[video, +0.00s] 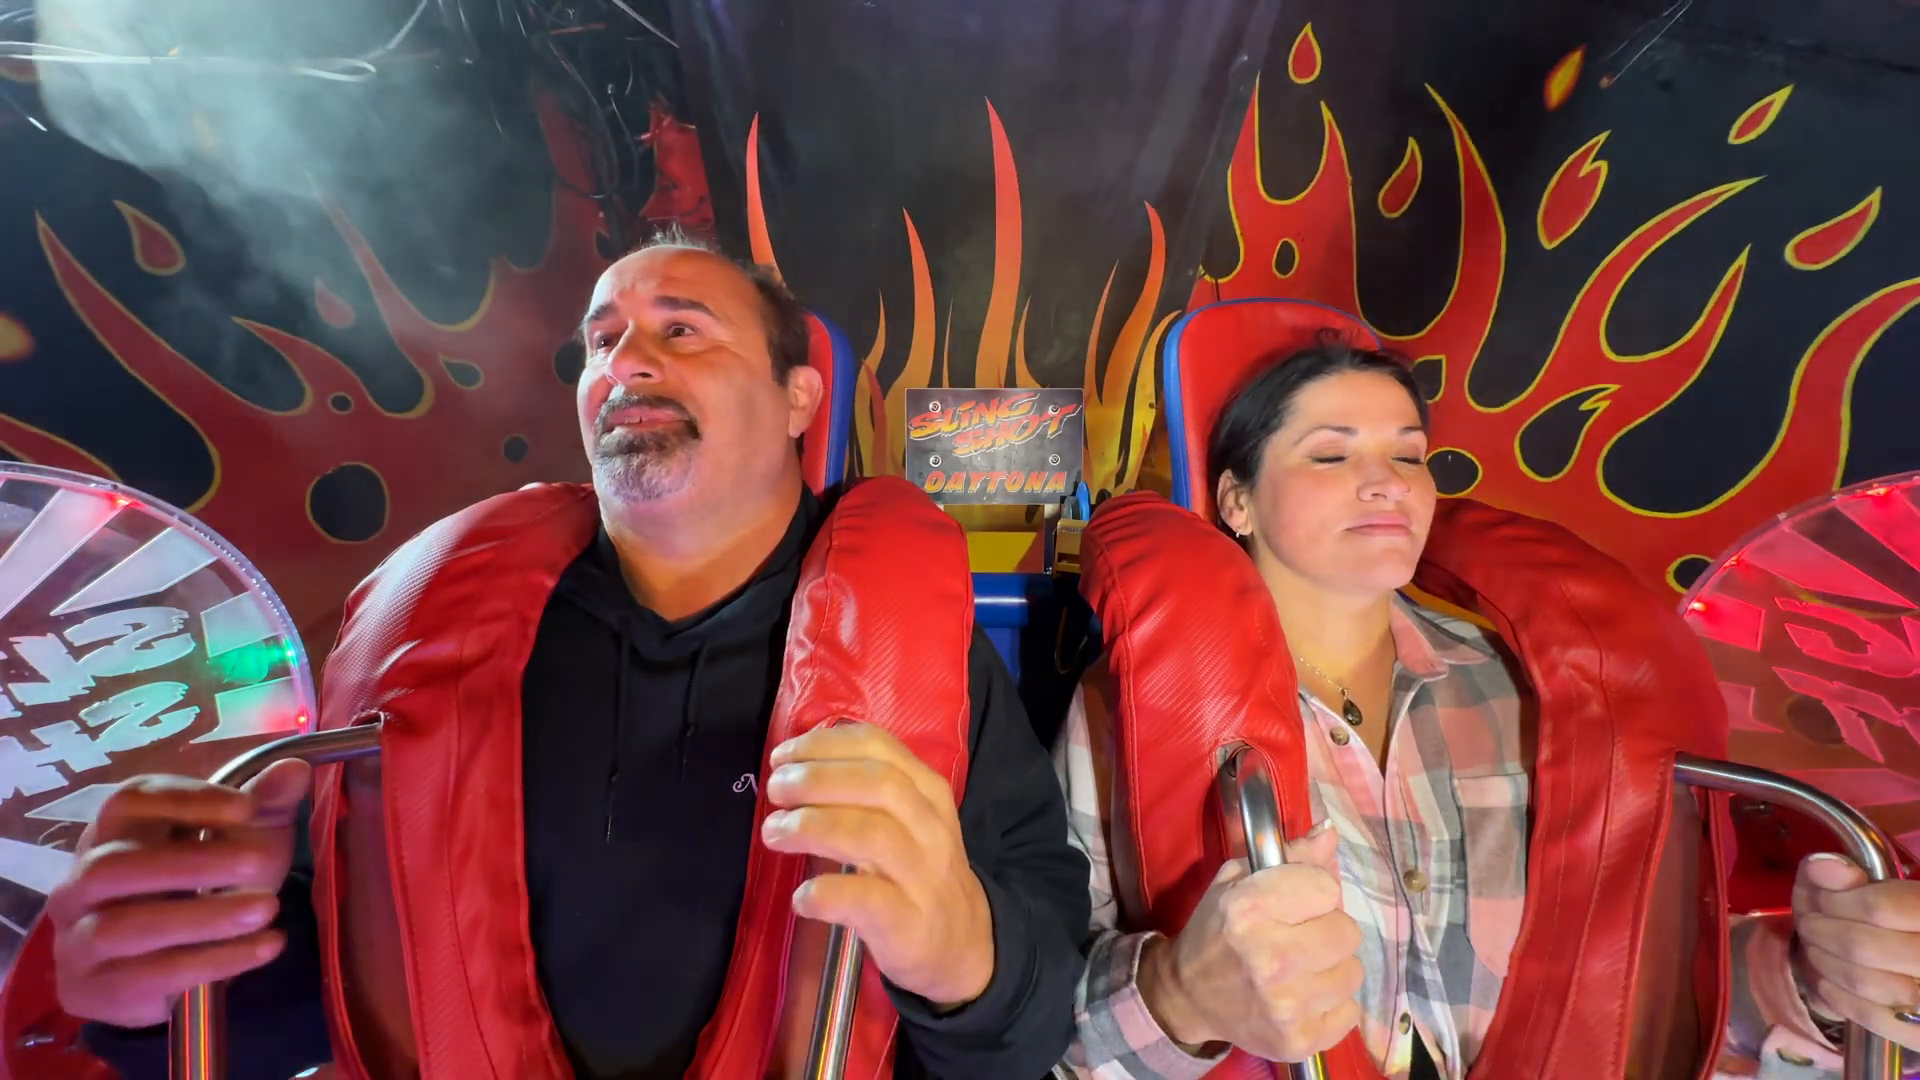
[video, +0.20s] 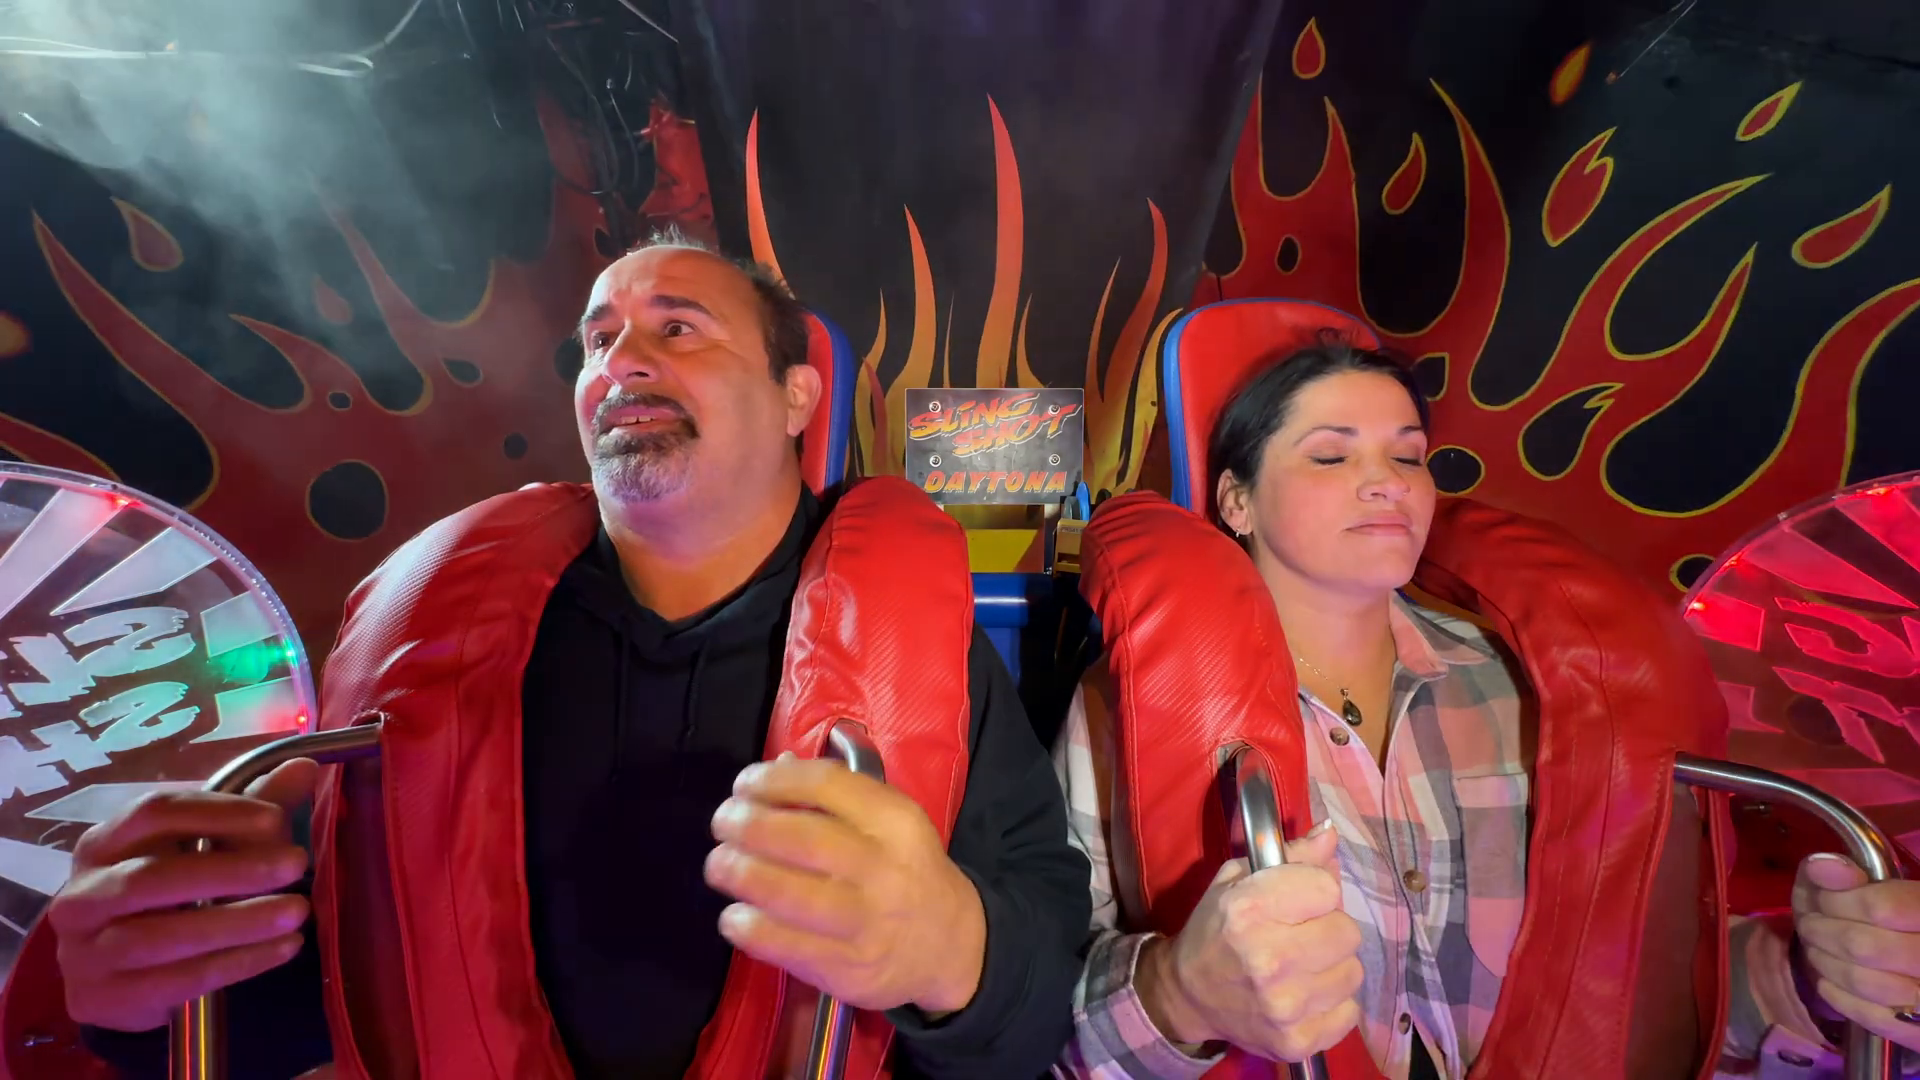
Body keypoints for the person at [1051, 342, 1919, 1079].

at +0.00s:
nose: (1388, 487)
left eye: (1408, 459)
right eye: (1332, 457)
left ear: (1435, 491)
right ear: (1238, 503)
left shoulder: (1522, 694)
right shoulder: (1141, 715)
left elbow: (1611, 976)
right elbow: (1046, 1036)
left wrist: (1800, 975)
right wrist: (1172, 1001)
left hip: (1492, 1066)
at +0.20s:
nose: (1387, 486)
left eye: (1407, 458)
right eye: (1332, 458)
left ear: (1434, 490)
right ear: (1239, 504)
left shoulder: (1514, 688)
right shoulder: (1143, 712)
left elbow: (1603, 972)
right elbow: (1052, 1036)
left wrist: (1801, 973)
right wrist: (1172, 997)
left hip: (1493, 1067)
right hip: (1262, 1074)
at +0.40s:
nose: (1386, 486)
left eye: (1408, 457)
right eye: (1331, 458)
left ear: (1435, 489)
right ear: (1239, 502)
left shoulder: (1515, 688)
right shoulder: (1143, 710)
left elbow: (1606, 972)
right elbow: (1055, 1034)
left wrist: (1801, 972)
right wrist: (1172, 997)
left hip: (1493, 1067)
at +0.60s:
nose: (1384, 486)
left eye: (1405, 457)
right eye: (1330, 458)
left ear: (1434, 490)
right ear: (1238, 502)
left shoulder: (1518, 689)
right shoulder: (1143, 711)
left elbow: (1612, 967)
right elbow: (1056, 1033)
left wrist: (1803, 973)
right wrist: (1172, 996)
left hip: (1494, 1066)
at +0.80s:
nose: (1383, 485)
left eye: (1406, 456)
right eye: (1330, 457)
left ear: (1435, 488)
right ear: (1238, 501)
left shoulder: (1516, 689)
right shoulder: (1141, 713)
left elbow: (1613, 962)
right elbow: (1049, 1035)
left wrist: (1799, 970)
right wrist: (1169, 1002)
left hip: (1490, 1067)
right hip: (1255, 1073)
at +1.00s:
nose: (1383, 485)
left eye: (1405, 456)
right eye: (1330, 457)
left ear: (1435, 490)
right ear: (1239, 501)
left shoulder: (1519, 688)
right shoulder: (1143, 712)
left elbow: (1614, 963)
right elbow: (1055, 1033)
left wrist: (1797, 970)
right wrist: (1170, 996)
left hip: (1497, 1066)